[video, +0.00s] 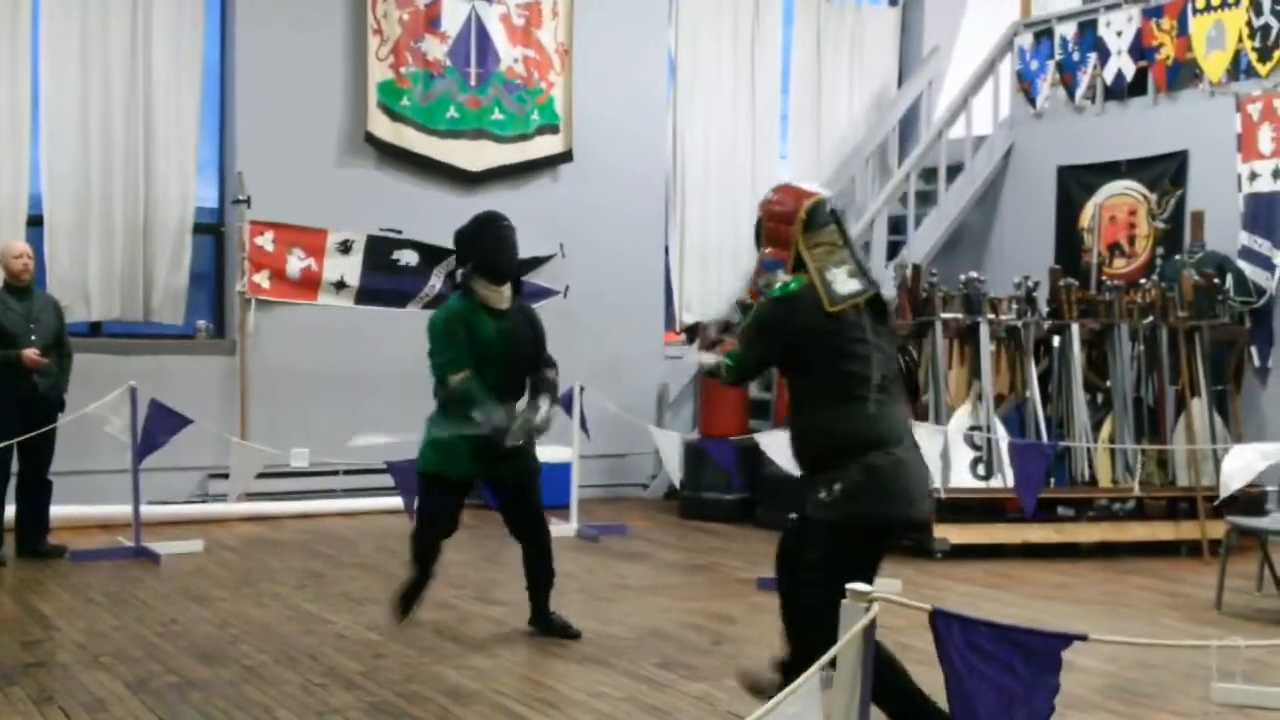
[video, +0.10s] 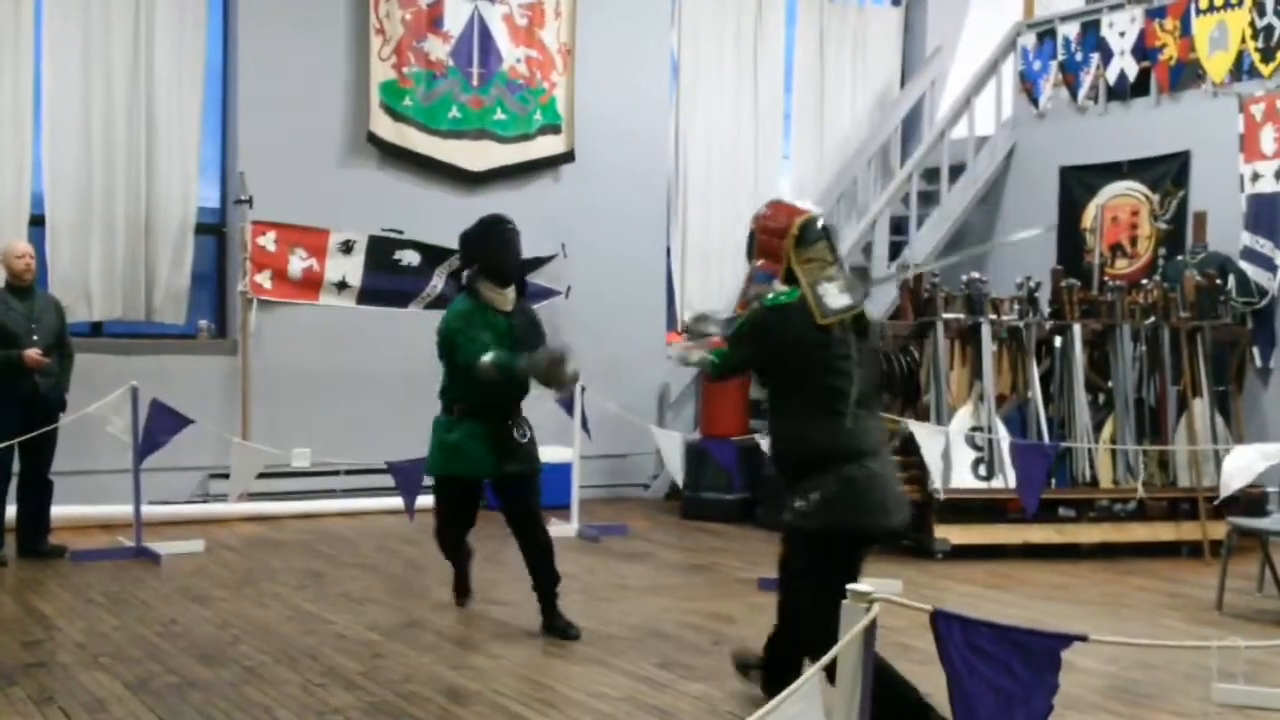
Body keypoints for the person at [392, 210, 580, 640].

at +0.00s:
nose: (508, 256)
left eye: (509, 247)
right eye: (498, 249)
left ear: (514, 256)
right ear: (475, 258)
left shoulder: (524, 317)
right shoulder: (450, 319)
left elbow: (544, 370)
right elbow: (455, 386)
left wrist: (538, 411)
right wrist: (501, 418)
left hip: (508, 440)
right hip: (453, 441)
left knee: (533, 528)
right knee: (435, 523)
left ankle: (541, 612)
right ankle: (419, 577)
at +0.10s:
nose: (510, 265)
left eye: (513, 258)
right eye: (501, 258)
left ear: (518, 265)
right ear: (481, 264)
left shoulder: (524, 316)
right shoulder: (459, 319)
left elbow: (540, 366)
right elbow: (483, 368)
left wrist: (558, 375)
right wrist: (531, 366)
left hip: (510, 431)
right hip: (461, 434)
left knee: (529, 524)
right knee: (450, 529)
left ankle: (550, 609)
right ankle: (461, 565)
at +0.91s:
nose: (497, 259)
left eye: (497, 250)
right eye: (486, 253)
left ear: (500, 256)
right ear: (465, 262)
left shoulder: (516, 313)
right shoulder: (450, 316)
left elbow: (531, 363)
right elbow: (465, 353)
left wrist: (547, 362)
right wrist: (515, 356)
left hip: (508, 430)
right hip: (460, 434)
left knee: (541, 523)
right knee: (463, 512)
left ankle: (543, 612)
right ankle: (458, 601)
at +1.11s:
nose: (454, 271)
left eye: (452, 264)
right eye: (445, 264)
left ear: (445, 273)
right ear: (424, 272)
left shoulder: (463, 324)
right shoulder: (404, 332)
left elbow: (497, 357)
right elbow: (451, 355)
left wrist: (532, 346)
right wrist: (509, 317)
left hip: (453, 453)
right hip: (406, 456)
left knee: (503, 530)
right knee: (416, 544)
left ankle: (527, 612)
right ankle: (406, 652)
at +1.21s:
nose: (431, 271)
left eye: (430, 262)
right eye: (421, 263)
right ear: (396, 271)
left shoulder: (426, 320)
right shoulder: (379, 328)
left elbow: (459, 342)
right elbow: (431, 343)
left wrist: (493, 347)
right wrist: (497, 320)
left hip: (418, 456)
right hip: (376, 458)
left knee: (480, 526)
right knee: (408, 537)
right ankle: (402, 652)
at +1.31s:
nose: (407, 265)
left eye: (404, 256)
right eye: (395, 257)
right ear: (371, 269)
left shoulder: (410, 326)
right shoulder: (351, 322)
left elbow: (439, 394)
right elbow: (386, 345)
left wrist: (453, 379)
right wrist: (435, 352)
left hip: (391, 452)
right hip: (353, 454)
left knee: (431, 540)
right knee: (402, 545)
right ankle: (379, 656)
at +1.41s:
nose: (378, 266)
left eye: (378, 256)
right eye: (368, 257)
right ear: (344, 264)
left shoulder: (383, 327)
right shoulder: (321, 325)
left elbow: (399, 386)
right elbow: (353, 378)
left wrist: (403, 409)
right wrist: (388, 392)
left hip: (363, 453)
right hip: (331, 455)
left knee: (369, 555)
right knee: (376, 550)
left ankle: (273, 600)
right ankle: (374, 663)